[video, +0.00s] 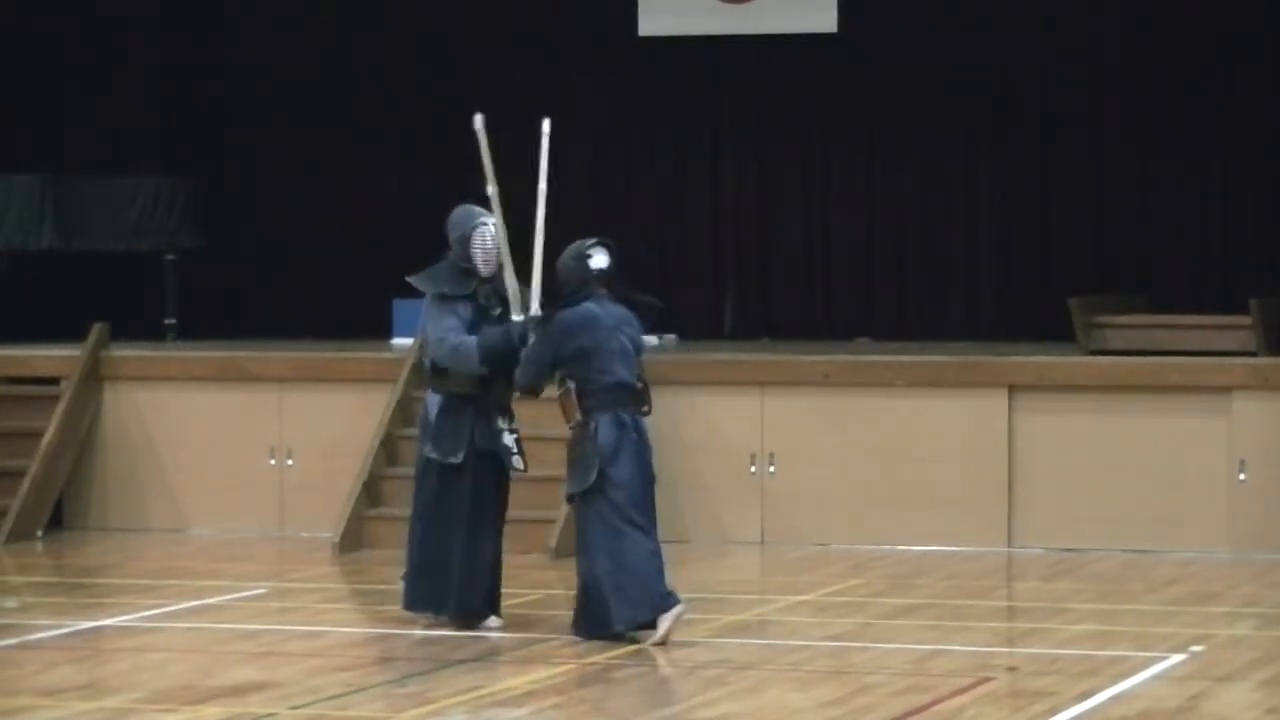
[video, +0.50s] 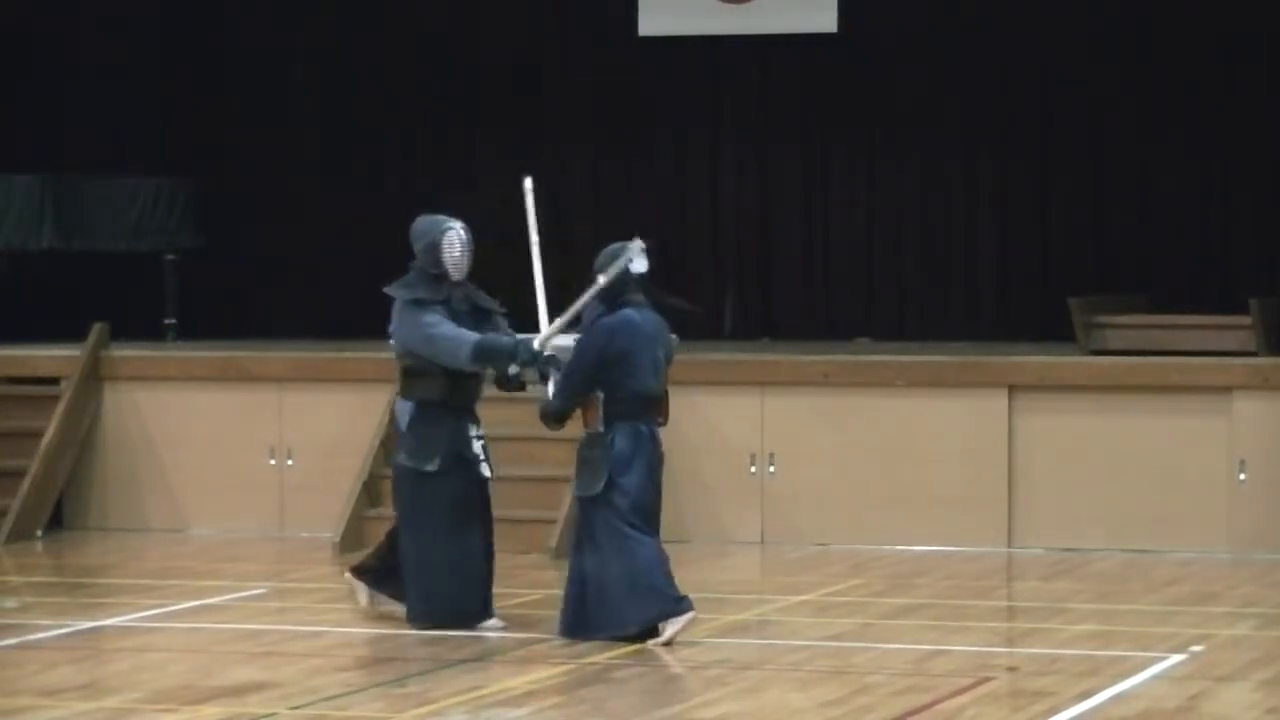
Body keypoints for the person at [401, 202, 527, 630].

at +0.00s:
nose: (488, 250)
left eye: (492, 241)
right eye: (479, 241)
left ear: (499, 246)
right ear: (460, 246)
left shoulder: (501, 294)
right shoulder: (446, 295)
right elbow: (445, 352)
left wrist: (530, 335)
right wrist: (511, 338)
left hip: (490, 409)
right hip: (453, 410)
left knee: (485, 506)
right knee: (451, 505)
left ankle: (478, 607)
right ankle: (443, 604)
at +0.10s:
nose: (488, 250)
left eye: (492, 241)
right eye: (479, 241)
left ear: (499, 246)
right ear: (459, 247)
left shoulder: (506, 296)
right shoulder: (442, 297)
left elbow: (527, 343)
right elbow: (443, 358)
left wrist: (528, 345)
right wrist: (500, 351)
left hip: (492, 412)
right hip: (451, 412)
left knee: (488, 510)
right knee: (445, 507)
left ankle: (479, 608)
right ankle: (430, 604)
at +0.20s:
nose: (486, 250)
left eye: (492, 240)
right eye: (477, 241)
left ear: (500, 245)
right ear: (457, 246)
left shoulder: (506, 296)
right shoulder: (440, 299)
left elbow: (513, 358)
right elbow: (446, 362)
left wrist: (532, 355)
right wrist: (514, 352)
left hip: (489, 412)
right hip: (448, 412)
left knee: (487, 509)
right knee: (447, 508)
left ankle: (481, 608)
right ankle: (434, 601)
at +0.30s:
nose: (484, 250)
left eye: (489, 241)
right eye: (475, 242)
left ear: (495, 244)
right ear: (454, 246)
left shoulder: (503, 296)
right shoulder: (437, 297)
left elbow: (516, 354)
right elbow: (445, 360)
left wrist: (530, 370)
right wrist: (509, 352)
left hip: (484, 409)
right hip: (444, 409)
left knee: (485, 509)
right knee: (443, 509)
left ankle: (480, 609)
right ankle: (433, 609)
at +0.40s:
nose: (474, 251)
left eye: (479, 242)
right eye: (465, 242)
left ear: (487, 246)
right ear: (444, 248)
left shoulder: (493, 298)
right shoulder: (428, 299)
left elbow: (517, 347)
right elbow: (448, 349)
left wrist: (536, 367)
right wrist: (512, 351)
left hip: (475, 410)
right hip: (436, 410)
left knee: (481, 507)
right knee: (443, 508)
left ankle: (485, 606)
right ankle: (453, 610)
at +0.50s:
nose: (459, 256)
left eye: (462, 247)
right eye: (449, 248)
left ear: (468, 251)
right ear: (427, 253)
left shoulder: (472, 301)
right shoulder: (413, 310)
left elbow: (500, 361)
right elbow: (463, 348)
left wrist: (537, 363)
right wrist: (533, 346)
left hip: (462, 418)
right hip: (426, 419)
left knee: (469, 511)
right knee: (436, 512)